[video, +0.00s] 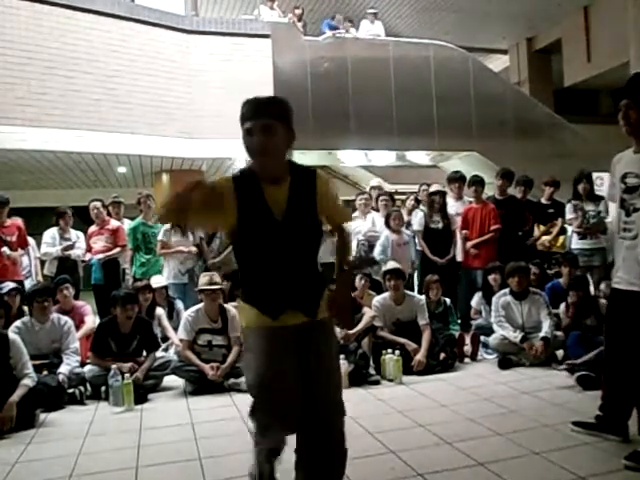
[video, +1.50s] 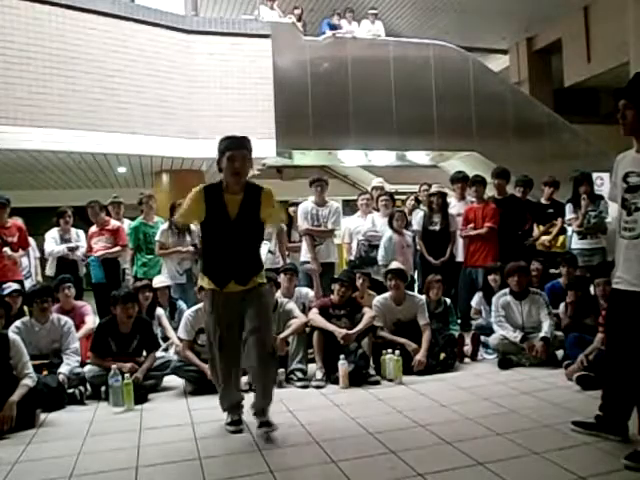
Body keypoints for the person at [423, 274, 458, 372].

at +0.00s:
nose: (435, 292)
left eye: (437, 289)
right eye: (432, 289)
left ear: (441, 290)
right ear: (427, 291)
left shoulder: (446, 303)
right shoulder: (421, 303)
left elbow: (453, 322)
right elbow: (421, 322)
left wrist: (453, 334)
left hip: (444, 331)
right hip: (429, 331)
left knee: (449, 338)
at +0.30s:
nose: (435, 292)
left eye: (437, 288)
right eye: (432, 289)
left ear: (441, 289)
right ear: (427, 291)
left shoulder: (447, 303)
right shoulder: (421, 303)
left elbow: (453, 322)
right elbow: (421, 322)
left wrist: (452, 334)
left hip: (444, 332)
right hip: (429, 332)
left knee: (449, 339)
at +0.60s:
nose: (435, 292)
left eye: (437, 288)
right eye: (432, 289)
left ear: (441, 289)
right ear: (427, 291)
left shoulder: (447, 303)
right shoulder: (421, 303)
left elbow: (453, 322)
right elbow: (421, 322)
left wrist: (452, 334)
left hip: (444, 332)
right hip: (429, 332)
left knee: (449, 339)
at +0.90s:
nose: (435, 292)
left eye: (438, 288)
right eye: (432, 289)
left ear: (441, 289)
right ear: (427, 290)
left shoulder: (446, 303)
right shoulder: (421, 303)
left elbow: (453, 322)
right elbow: (421, 322)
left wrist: (452, 334)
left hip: (444, 331)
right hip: (429, 332)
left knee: (449, 338)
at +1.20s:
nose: (435, 291)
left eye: (438, 288)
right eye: (432, 288)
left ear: (441, 289)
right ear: (427, 290)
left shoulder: (446, 303)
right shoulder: (421, 302)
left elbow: (453, 322)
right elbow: (421, 322)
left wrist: (452, 334)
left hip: (444, 332)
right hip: (429, 332)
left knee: (449, 338)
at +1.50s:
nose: (436, 291)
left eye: (439, 288)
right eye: (432, 288)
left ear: (442, 290)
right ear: (427, 290)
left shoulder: (447, 303)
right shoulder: (422, 303)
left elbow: (453, 322)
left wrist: (452, 334)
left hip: (444, 332)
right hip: (428, 332)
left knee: (450, 339)